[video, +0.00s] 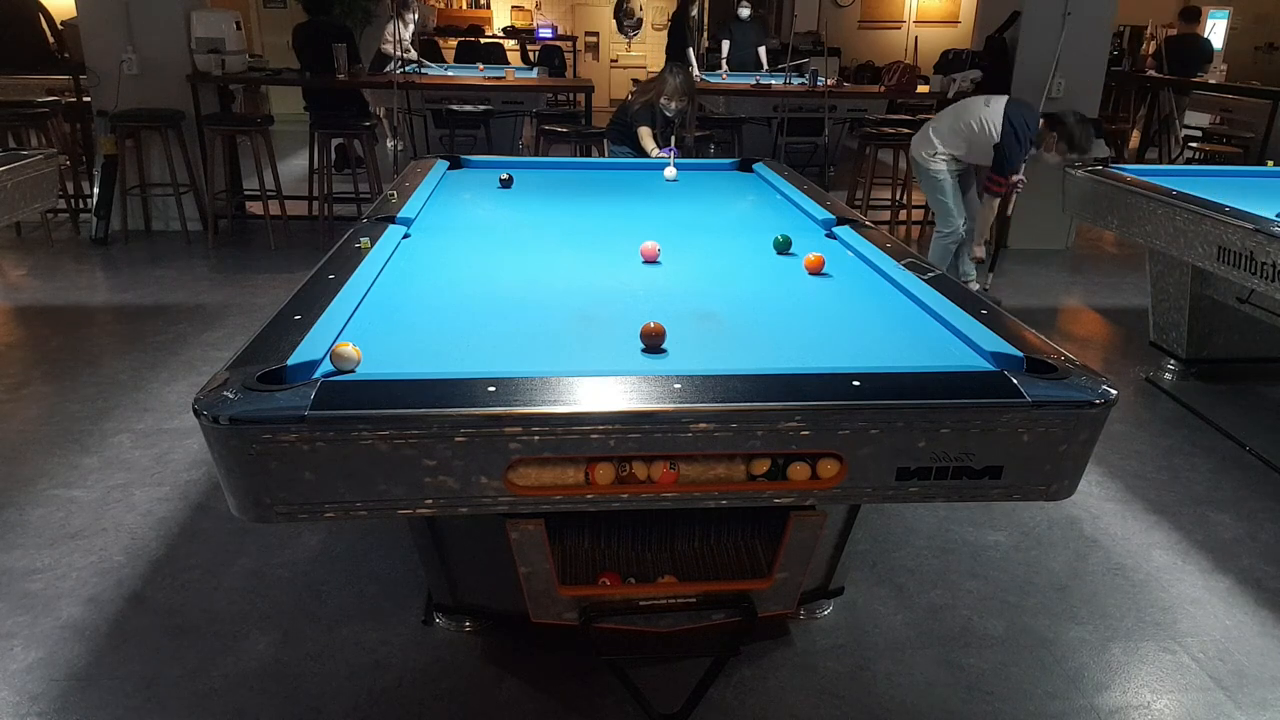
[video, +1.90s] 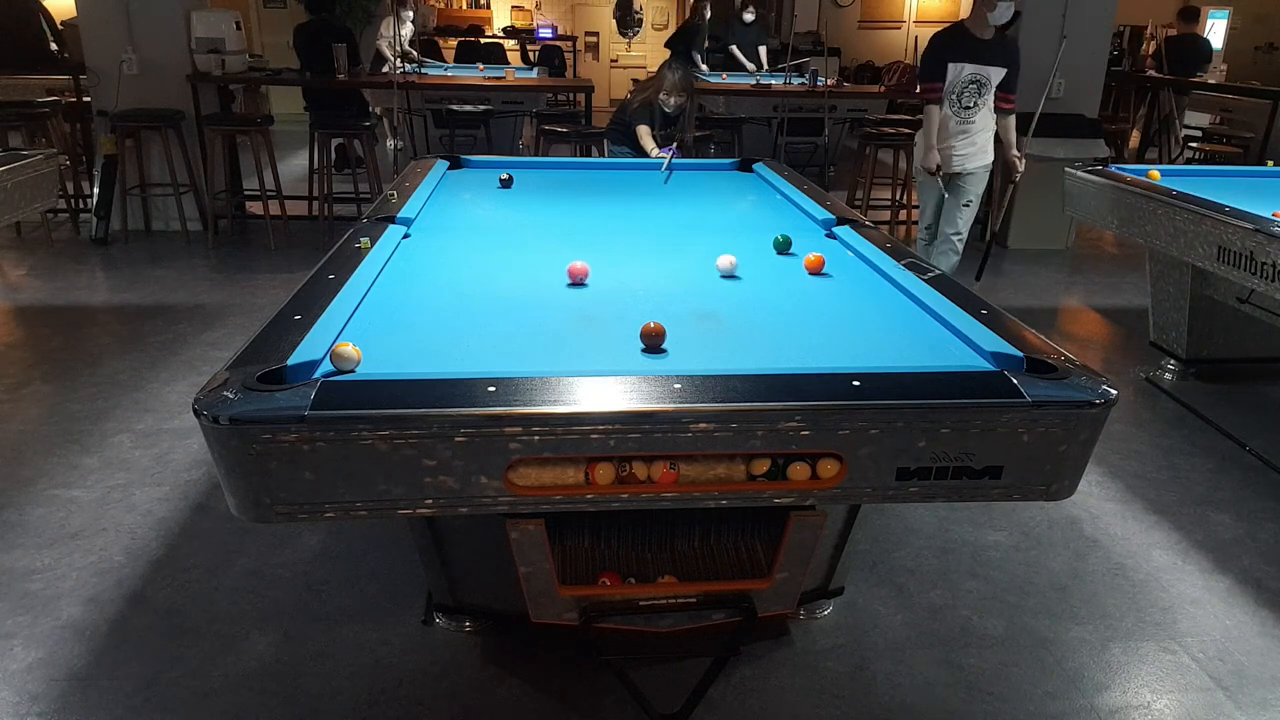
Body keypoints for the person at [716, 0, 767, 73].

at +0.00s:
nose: (743, 11)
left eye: (746, 8)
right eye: (741, 8)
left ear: (751, 11)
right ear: (737, 10)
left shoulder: (756, 26)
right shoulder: (730, 24)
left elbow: (761, 46)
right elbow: (725, 43)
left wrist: (765, 65)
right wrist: (723, 63)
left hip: (751, 67)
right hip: (734, 67)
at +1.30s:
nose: (746, 15)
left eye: (749, 12)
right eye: (744, 12)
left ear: (753, 12)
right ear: (739, 12)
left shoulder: (757, 26)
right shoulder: (732, 24)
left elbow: (761, 46)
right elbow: (726, 43)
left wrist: (765, 66)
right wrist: (724, 63)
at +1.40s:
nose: (748, 16)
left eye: (751, 13)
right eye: (745, 13)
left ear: (754, 13)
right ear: (739, 12)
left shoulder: (756, 25)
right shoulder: (732, 25)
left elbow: (761, 46)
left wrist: (765, 66)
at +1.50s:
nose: (749, 16)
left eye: (751, 13)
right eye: (746, 13)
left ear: (755, 13)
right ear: (741, 12)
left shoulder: (757, 25)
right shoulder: (732, 24)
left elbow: (761, 46)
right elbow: (725, 44)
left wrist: (765, 65)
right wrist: (724, 63)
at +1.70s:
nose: (750, 16)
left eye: (753, 14)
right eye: (747, 14)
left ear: (756, 14)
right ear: (741, 13)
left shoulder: (758, 26)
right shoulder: (732, 25)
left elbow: (761, 46)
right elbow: (726, 44)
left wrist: (765, 66)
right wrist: (730, 63)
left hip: (754, 69)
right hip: (736, 69)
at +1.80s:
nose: (750, 17)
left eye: (753, 14)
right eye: (747, 14)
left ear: (756, 14)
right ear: (742, 13)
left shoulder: (758, 26)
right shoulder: (733, 25)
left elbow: (762, 46)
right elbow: (727, 45)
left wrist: (765, 65)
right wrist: (738, 62)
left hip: (754, 69)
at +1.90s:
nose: (749, 16)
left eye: (752, 14)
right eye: (747, 13)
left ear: (755, 14)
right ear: (741, 13)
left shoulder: (758, 26)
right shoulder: (733, 25)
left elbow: (762, 46)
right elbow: (732, 47)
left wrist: (765, 65)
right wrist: (747, 64)